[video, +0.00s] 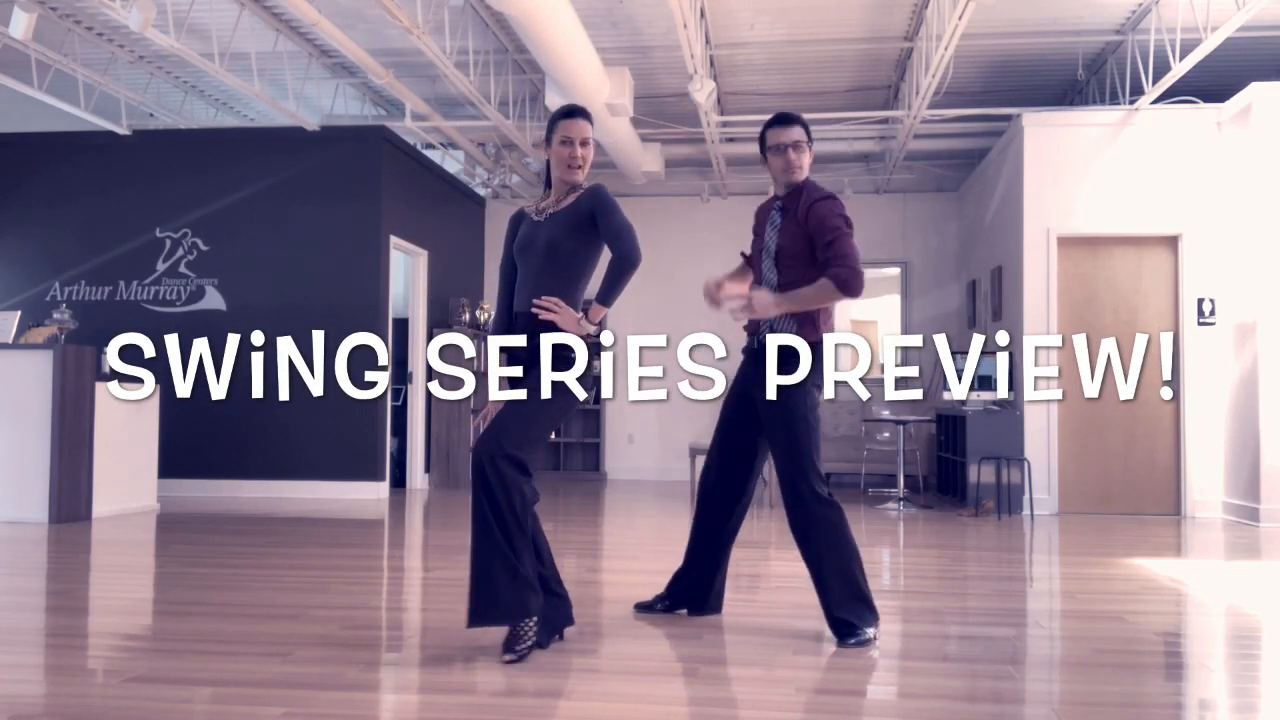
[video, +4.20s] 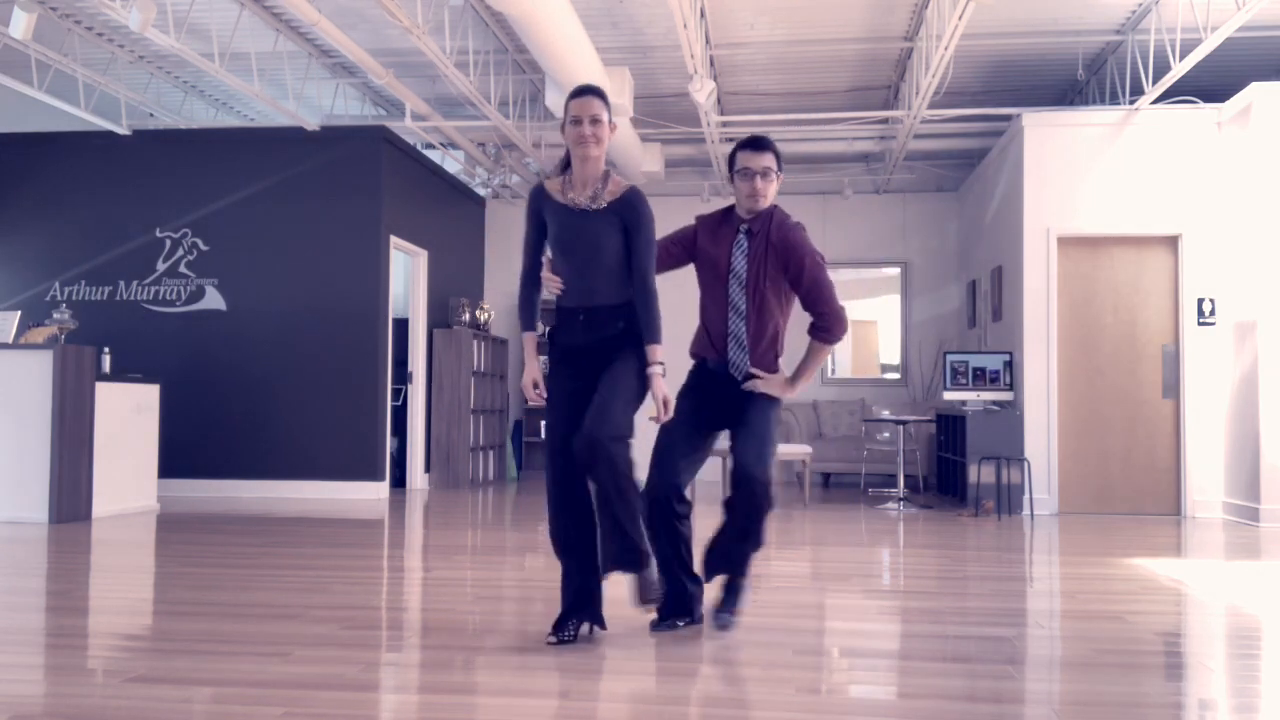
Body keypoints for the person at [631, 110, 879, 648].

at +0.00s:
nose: (790, 156)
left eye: (798, 147)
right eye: (778, 149)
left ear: (811, 153)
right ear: (764, 158)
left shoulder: (823, 208)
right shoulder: (767, 211)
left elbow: (848, 280)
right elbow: (756, 265)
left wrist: (779, 302)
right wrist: (729, 283)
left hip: (795, 356)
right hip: (759, 355)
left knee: (805, 488)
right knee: (725, 475)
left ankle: (855, 617)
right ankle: (696, 591)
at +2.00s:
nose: (792, 169)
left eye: (801, 161)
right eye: (791, 161)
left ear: (833, 163)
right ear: (812, 164)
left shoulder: (850, 224)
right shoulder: (797, 217)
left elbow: (877, 301)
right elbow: (770, 278)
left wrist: (816, 334)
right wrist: (743, 324)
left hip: (787, 365)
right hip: (750, 360)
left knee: (810, 489)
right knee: (721, 480)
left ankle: (854, 617)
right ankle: (697, 592)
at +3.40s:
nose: (793, 163)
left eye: (804, 154)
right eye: (792, 155)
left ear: (837, 159)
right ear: (807, 163)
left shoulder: (865, 218)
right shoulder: (791, 224)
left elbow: (906, 294)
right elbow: (740, 276)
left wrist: (848, 347)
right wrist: (690, 319)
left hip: (811, 370)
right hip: (764, 364)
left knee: (808, 493)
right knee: (706, 473)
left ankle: (857, 617)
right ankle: (699, 584)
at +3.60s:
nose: (797, 149)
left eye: (807, 141)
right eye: (789, 142)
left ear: (829, 152)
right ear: (780, 151)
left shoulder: (838, 208)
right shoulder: (765, 212)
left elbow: (885, 279)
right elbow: (700, 250)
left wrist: (831, 336)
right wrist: (630, 271)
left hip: (794, 363)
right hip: (745, 360)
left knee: (815, 490)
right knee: (694, 487)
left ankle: (856, 618)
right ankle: (688, 602)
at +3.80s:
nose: (785, 145)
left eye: (796, 137)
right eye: (776, 135)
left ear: (810, 148)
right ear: (762, 142)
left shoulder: (813, 206)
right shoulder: (730, 191)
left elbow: (859, 284)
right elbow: (656, 216)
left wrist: (794, 316)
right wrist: (587, 231)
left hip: (762, 356)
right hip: (709, 351)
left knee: (783, 473)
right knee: (684, 480)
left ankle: (833, 592)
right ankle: (691, 604)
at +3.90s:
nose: (778, 151)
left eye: (789, 143)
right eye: (768, 141)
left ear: (803, 152)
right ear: (754, 147)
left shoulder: (811, 218)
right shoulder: (723, 195)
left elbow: (851, 297)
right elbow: (651, 218)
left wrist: (786, 336)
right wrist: (597, 225)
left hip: (748, 355)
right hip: (695, 348)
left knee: (748, 459)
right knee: (676, 472)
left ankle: (775, 550)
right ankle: (688, 600)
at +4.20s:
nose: (756, 184)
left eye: (765, 174)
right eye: (746, 174)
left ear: (779, 180)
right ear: (731, 178)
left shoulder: (790, 240)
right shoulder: (707, 230)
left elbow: (832, 321)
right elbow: (641, 262)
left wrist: (792, 386)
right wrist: (564, 271)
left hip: (760, 386)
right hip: (707, 376)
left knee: (753, 481)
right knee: (663, 484)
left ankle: (730, 573)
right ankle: (682, 600)